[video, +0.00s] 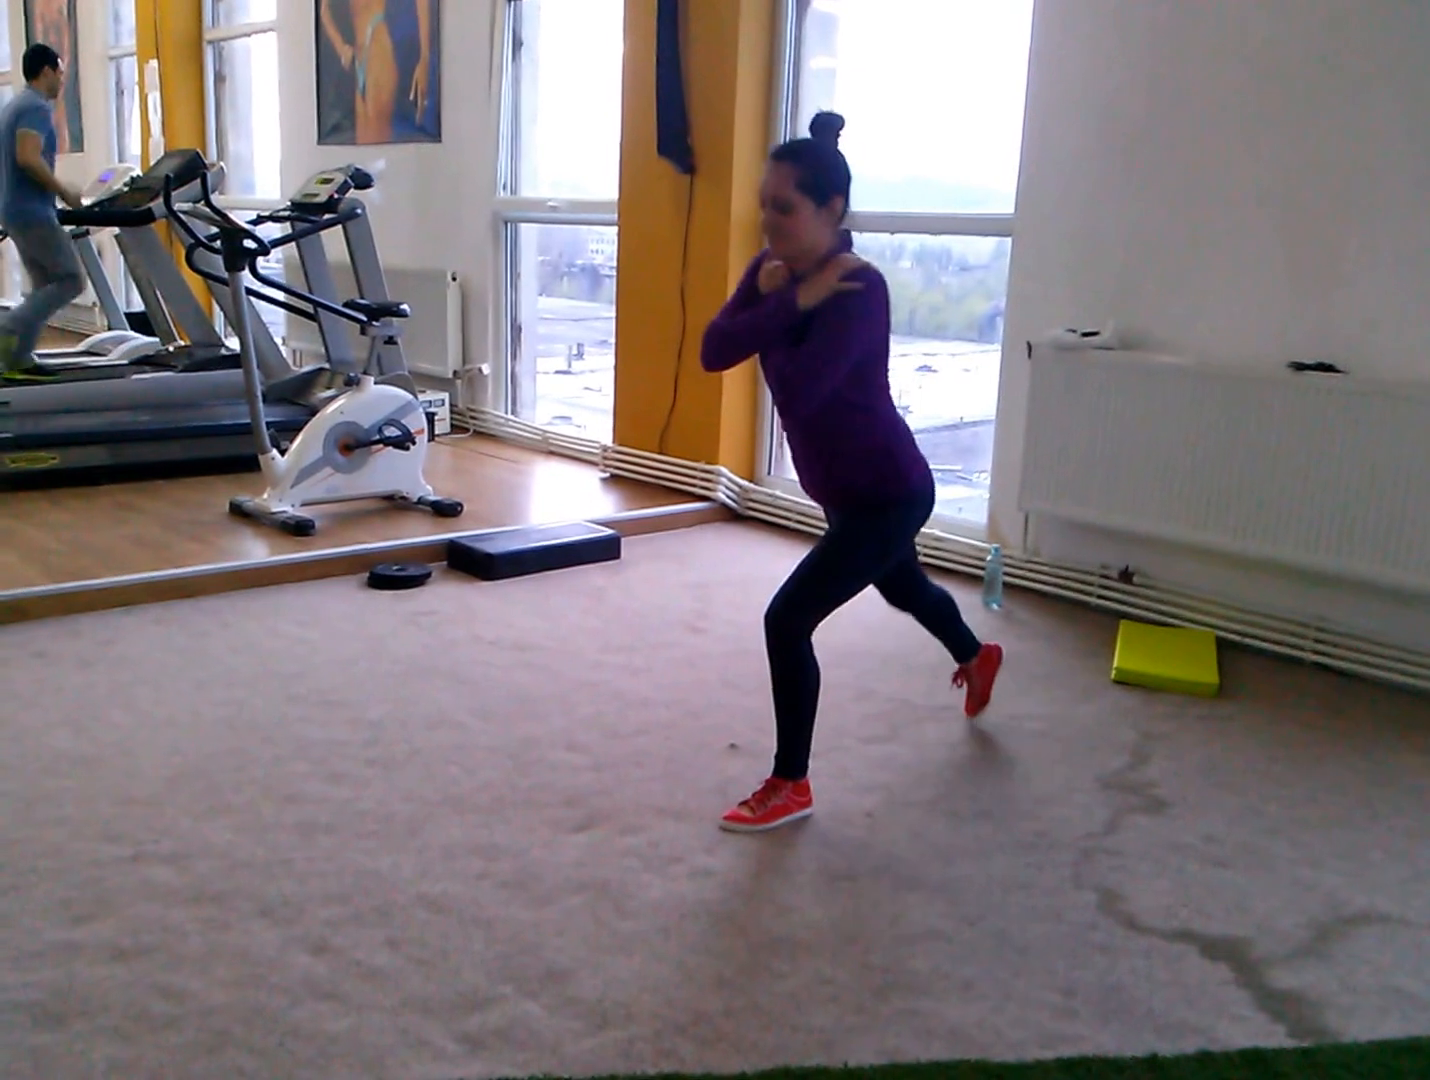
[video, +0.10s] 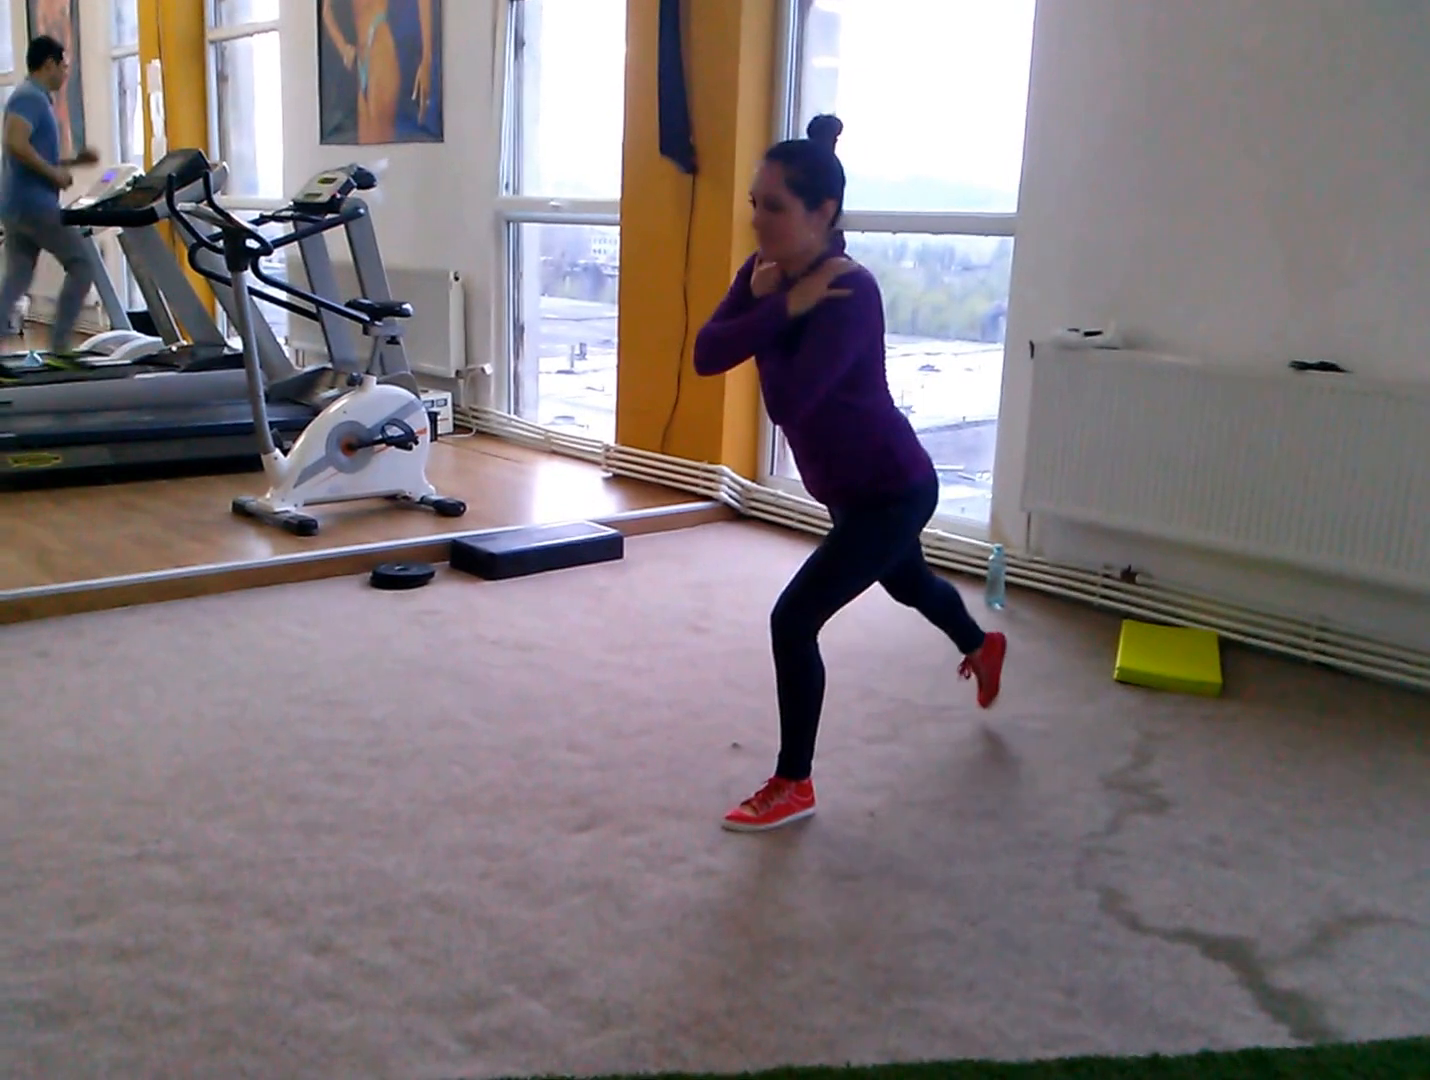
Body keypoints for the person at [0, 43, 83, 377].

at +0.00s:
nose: (61, 79)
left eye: (61, 72)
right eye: (59, 72)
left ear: (33, 73)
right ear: (46, 72)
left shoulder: (19, 104)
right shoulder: (35, 107)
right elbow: (27, 157)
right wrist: (66, 192)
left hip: (18, 211)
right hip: (30, 212)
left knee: (44, 286)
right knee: (70, 281)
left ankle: (20, 357)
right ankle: (10, 326)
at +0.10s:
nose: (65, 73)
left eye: (65, 66)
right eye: (62, 65)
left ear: (40, 65)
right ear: (49, 65)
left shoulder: (35, 99)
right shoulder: (30, 98)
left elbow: (39, 159)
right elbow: (15, 143)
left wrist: (75, 159)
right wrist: (52, 172)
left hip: (20, 208)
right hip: (33, 207)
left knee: (15, 281)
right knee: (82, 265)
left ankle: (2, 344)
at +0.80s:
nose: (83, 81)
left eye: (83, 74)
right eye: (81, 73)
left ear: (56, 74)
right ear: (68, 73)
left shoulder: (43, 107)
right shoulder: (55, 108)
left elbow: (43, 160)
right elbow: (45, 155)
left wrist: (80, 186)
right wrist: (83, 183)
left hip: (40, 214)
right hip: (53, 215)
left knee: (57, 287)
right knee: (100, 276)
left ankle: (32, 361)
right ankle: (43, 345)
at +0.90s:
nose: (89, 72)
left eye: (88, 66)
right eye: (86, 65)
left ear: (64, 64)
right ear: (71, 64)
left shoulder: (58, 99)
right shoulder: (51, 96)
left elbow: (60, 154)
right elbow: (36, 142)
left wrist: (96, 155)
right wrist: (77, 163)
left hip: (46, 205)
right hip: (55, 205)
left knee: (34, 281)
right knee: (100, 268)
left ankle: (4, 352)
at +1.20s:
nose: (98, 87)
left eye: (98, 80)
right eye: (96, 80)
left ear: (71, 80)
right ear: (84, 79)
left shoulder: (49, 111)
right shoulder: (70, 114)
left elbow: (28, 159)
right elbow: (76, 169)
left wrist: (69, 176)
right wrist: (108, 183)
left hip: (52, 218)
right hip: (66, 219)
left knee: (105, 277)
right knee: (73, 292)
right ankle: (38, 371)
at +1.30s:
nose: (99, 80)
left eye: (99, 73)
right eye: (98, 73)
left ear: (69, 71)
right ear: (85, 70)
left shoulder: (46, 104)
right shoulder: (77, 105)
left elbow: (21, 150)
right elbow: (85, 158)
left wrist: (57, 168)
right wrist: (109, 165)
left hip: (58, 215)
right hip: (68, 216)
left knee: (104, 280)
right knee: (49, 290)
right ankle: (6, 359)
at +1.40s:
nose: (100, 84)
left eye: (98, 76)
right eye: (97, 76)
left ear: (69, 78)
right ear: (86, 76)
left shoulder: (49, 112)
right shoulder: (79, 110)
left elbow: (28, 159)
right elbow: (84, 159)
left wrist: (61, 175)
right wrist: (106, 171)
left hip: (59, 217)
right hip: (74, 217)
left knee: (103, 288)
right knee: (78, 291)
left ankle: (106, 367)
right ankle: (9, 337)